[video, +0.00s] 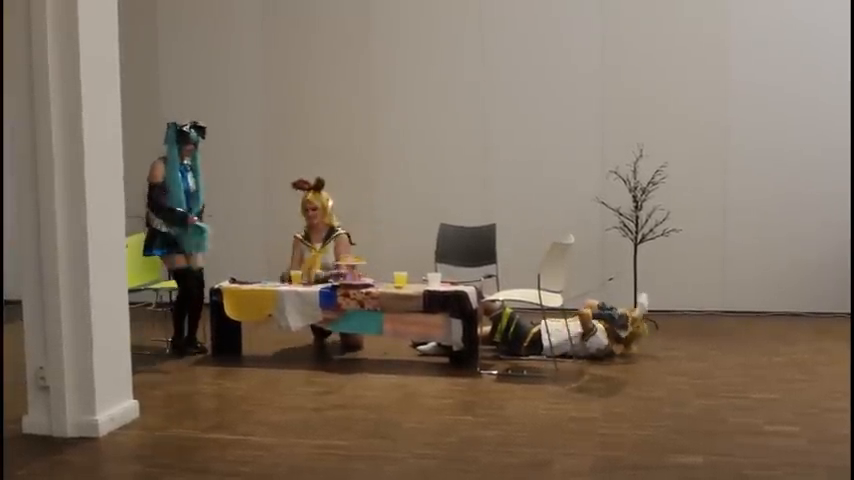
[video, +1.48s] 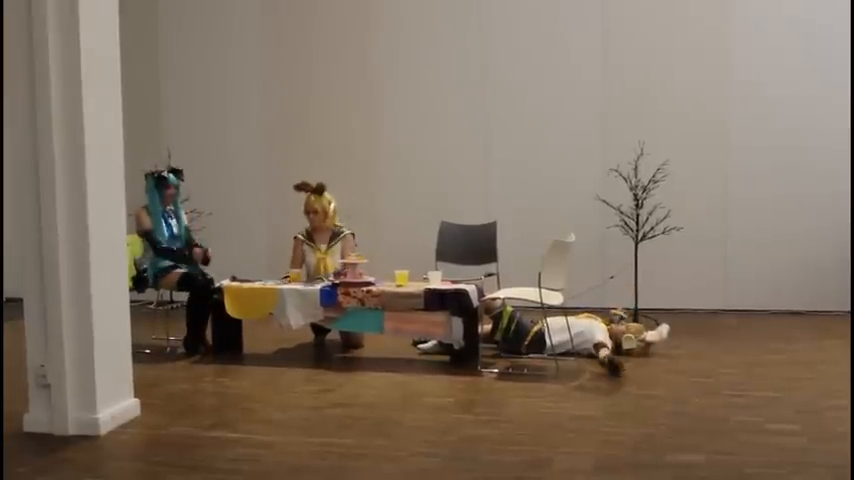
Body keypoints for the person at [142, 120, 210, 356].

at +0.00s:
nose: (191, 149)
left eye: (194, 145)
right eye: (187, 144)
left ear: (196, 146)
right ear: (177, 143)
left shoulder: (190, 168)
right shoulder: (161, 166)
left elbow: (195, 198)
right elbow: (154, 203)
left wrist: (198, 213)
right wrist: (182, 217)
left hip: (189, 232)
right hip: (167, 234)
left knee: (197, 286)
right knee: (186, 286)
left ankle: (191, 338)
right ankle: (178, 339)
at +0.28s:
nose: (194, 173)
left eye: (196, 169)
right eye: (191, 168)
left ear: (197, 170)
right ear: (180, 168)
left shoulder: (189, 191)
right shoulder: (162, 189)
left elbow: (187, 221)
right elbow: (146, 224)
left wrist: (185, 239)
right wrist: (168, 243)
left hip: (181, 251)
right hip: (160, 252)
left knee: (201, 287)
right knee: (189, 288)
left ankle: (191, 339)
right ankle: (178, 340)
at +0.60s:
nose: (188, 196)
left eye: (190, 192)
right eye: (184, 191)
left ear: (190, 193)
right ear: (174, 191)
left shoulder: (182, 212)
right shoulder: (155, 211)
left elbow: (185, 240)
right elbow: (139, 245)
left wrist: (180, 258)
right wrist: (165, 260)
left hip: (177, 265)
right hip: (157, 268)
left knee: (206, 289)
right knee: (194, 290)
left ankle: (190, 338)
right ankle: (179, 340)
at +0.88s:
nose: (176, 199)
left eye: (178, 195)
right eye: (172, 195)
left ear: (179, 196)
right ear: (162, 195)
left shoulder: (174, 215)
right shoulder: (147, 216)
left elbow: (181, 242)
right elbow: (136, 254)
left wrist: (180, 258)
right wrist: (166, 261)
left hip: (174, 268)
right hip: (154, 271)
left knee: (206, 290)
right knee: (193, 291)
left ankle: (190, 339)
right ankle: (178, 341)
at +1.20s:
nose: (171, 197)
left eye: (173, 193)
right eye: (167, 192)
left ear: (174, 194)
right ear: (158, 193)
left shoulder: (170, 213)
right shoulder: (144, 215)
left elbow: (179, 244)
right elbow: (136, 250)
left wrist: (205, 248)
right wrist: (166, 253)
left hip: (175, 265)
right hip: (156, 269)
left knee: (208, 287)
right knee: (198, 285)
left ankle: (193, 338)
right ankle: (190, 340)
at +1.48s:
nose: (173, 192)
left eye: (175, 188)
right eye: (168, 188)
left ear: (177, 190)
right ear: (158, 190)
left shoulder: (177, 212)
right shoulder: (145, 213)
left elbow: (187, 239)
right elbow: (157, 248)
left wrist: (199, 250)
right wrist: (187, 255)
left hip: (181, 264)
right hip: (161, 267)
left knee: (208, 284)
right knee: (198, 284)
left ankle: (200, 337)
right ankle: (192, 340)